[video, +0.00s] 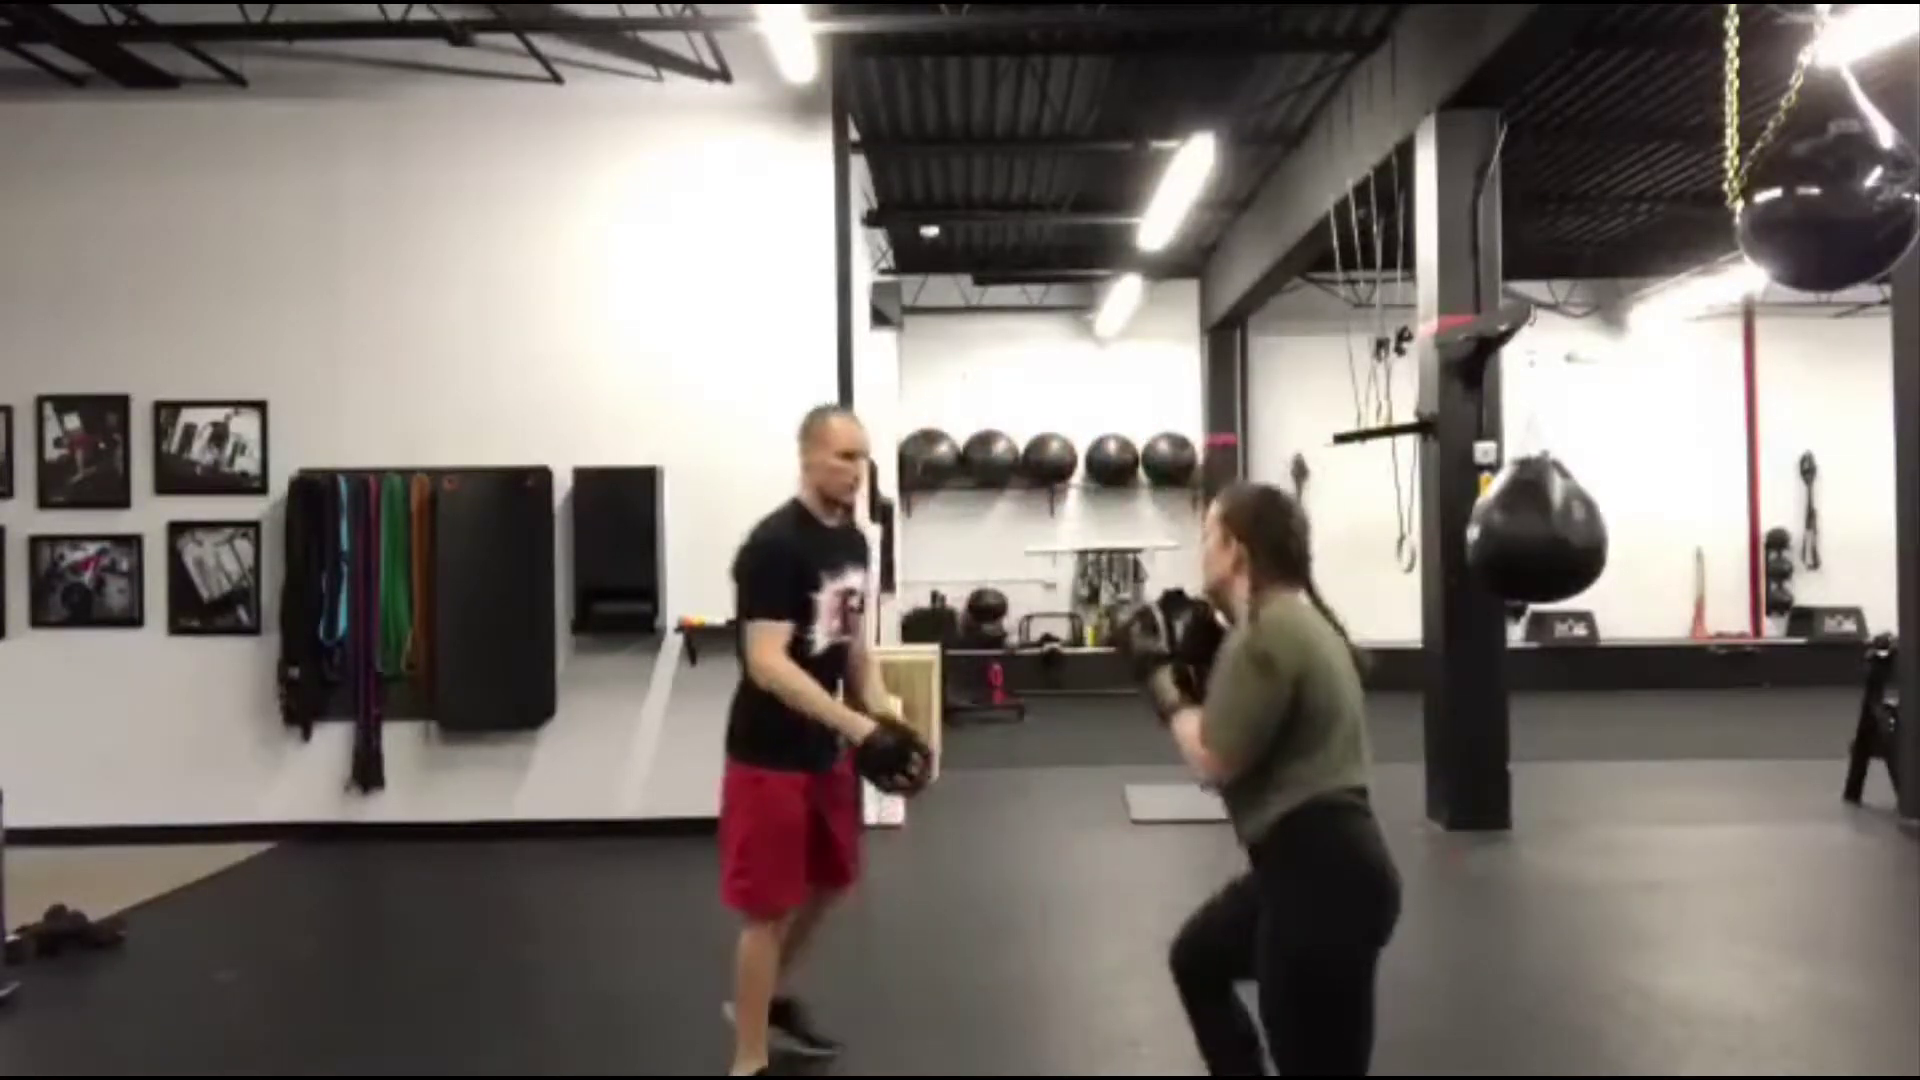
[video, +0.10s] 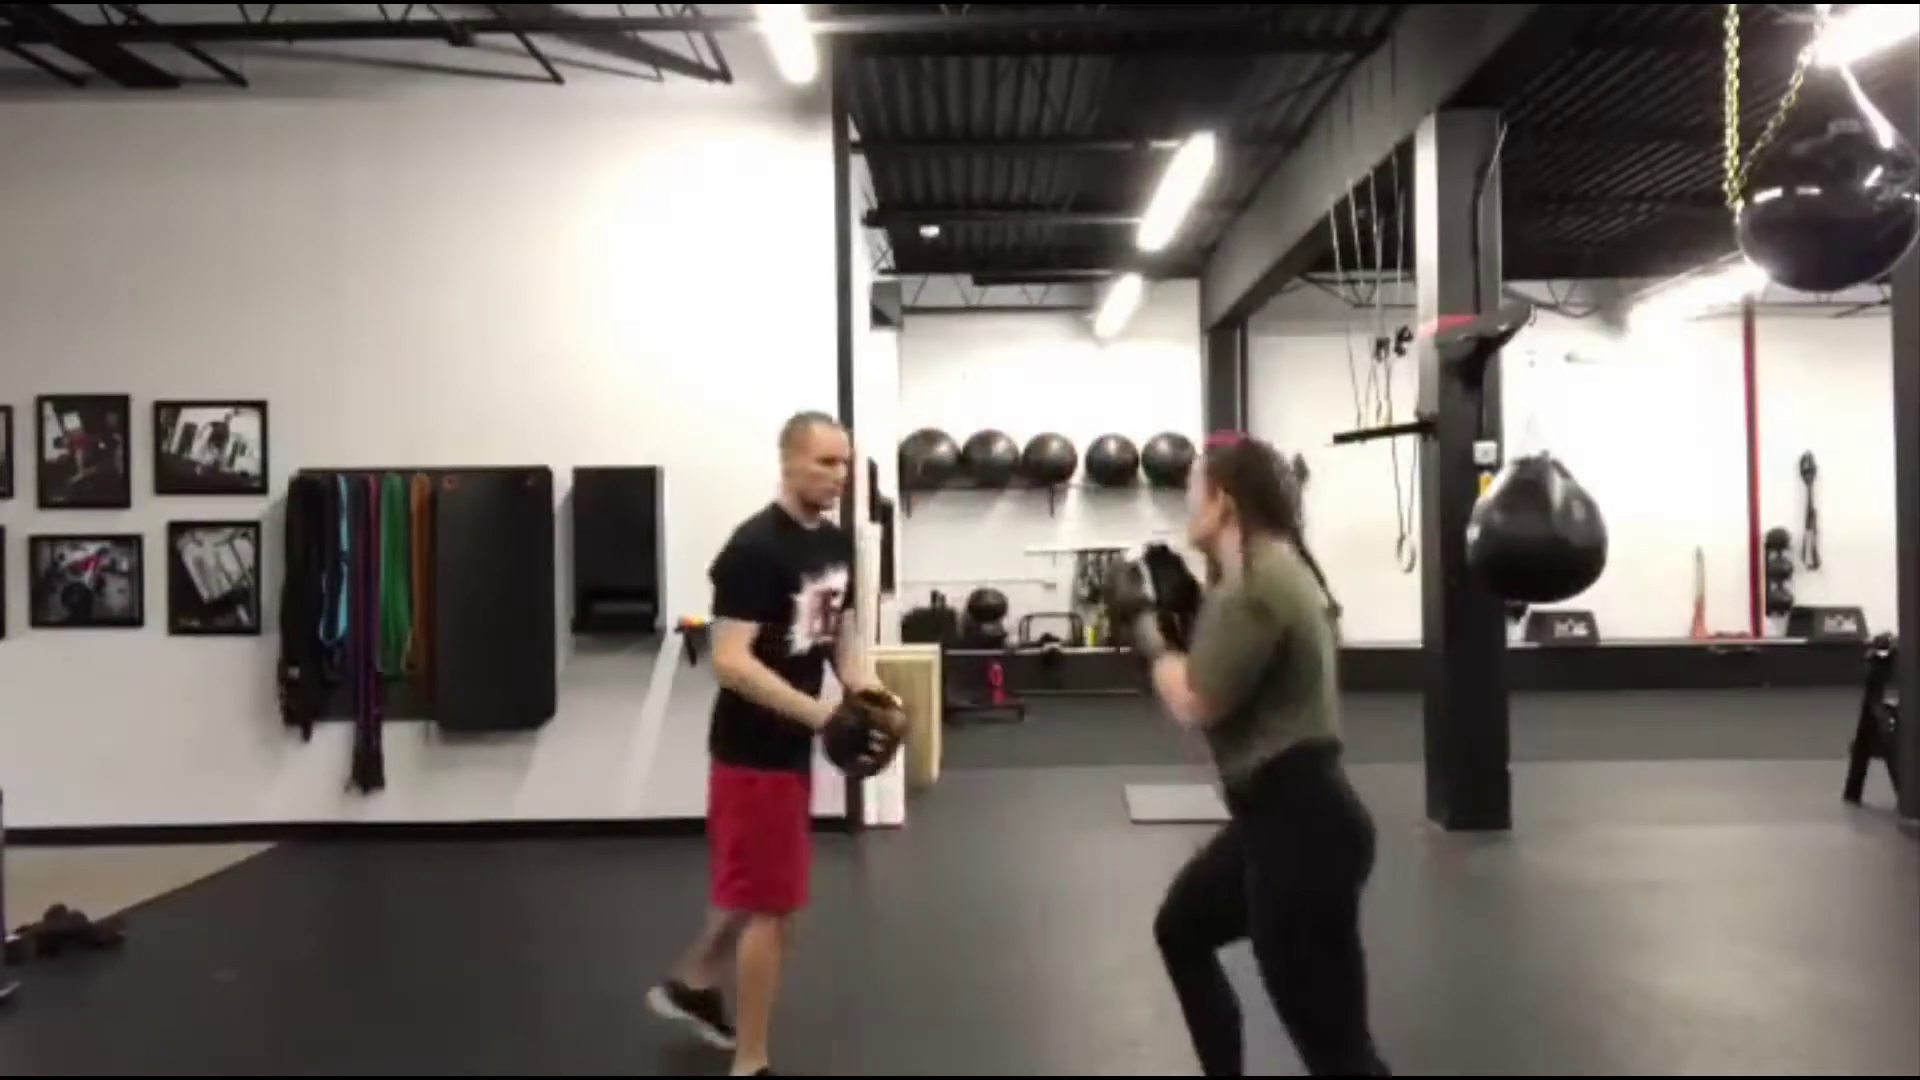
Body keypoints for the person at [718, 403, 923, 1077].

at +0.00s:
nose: (858, 470)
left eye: (863, 458)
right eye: (845, 457)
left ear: (862, 464)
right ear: (806, 459)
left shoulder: (855, 546)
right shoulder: (772, 545)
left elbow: (857, 651)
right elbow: (766, 660)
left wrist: (890, 722)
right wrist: (857, 727)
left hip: (829, 755)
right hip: (768, 759)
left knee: (828, 882)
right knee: (768, 912)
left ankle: (770, 997)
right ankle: (750, 1058)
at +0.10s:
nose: (836, 476)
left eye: (843, 464)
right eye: (823, 463)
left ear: (847, 469)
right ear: (786, 465)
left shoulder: (835, 545)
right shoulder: (753, 549)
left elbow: (845, 640)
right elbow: (730, 657)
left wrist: (867, 695)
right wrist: (822, 714)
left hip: (791, 748)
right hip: (750, 752)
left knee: (760, 885)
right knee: (768, 909)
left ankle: (692, 981)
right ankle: (750, 1061)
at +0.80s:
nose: (801, 499)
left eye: (807, 487)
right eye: (792, 484)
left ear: (800, 488)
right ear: (751, 477)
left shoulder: (770, 561)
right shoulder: (715, 557)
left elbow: (816, 648)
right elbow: (718, 660)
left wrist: (856, 607)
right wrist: (805, 615)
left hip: (713, 759)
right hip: (708, 762)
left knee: (692, 889)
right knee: (764, 906)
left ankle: (645, 1014)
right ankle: (760, 1066)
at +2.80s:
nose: (771, 518)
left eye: (773, 506)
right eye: (761, 505)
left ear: (732, 510)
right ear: (719, 505)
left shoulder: (724, 574)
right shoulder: (685, 576)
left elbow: (770, 654)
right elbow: (715, 672)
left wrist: (794, 588)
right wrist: (774, 593)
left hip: (663, 762)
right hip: (657, 767)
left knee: (672, 892)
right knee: (737, 903)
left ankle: (606, 1010)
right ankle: (734, 1066)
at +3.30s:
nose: (791, 517)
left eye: (792, 505)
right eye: (781, 504)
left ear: (746, 506)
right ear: (740, 502)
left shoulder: (731, 565)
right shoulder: (701, 570)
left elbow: (737, 646)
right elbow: (696, 677)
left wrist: (793, 630)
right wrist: (798, 652)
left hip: (659, 755)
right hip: (656, 761)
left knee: (656, 885)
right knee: (737, 901)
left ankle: (581, 1009)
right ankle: (735, 1065)